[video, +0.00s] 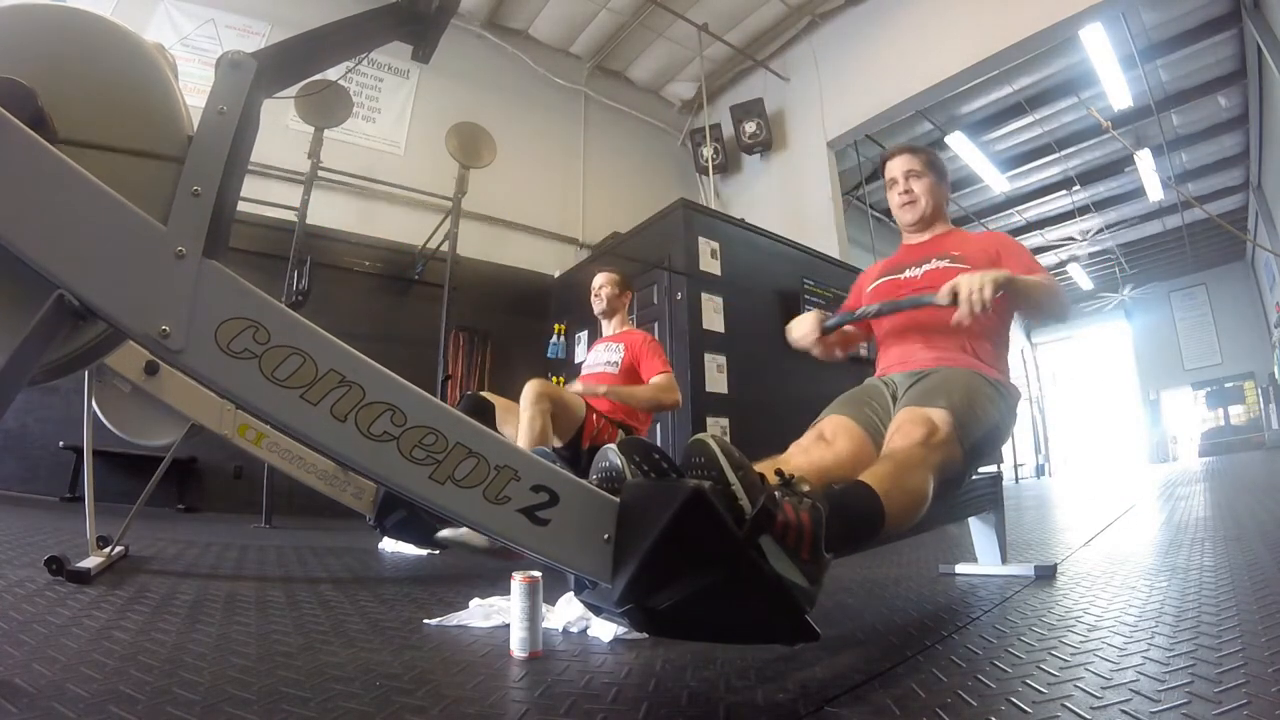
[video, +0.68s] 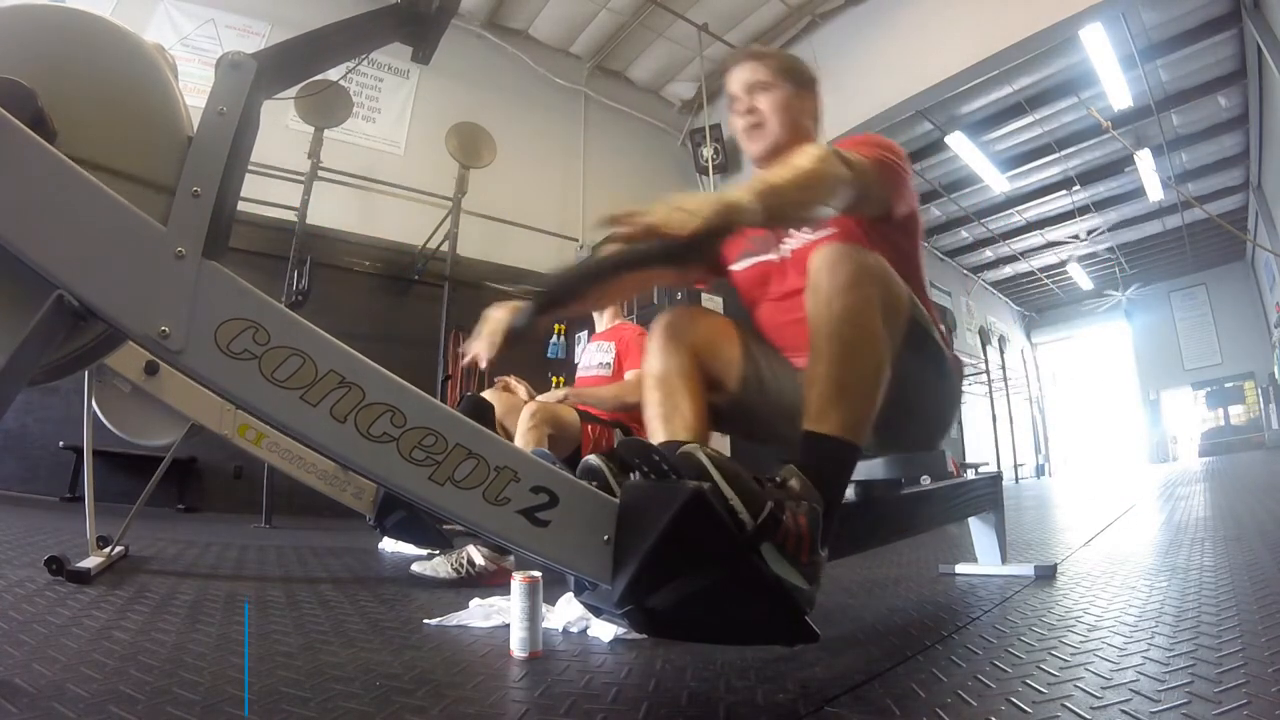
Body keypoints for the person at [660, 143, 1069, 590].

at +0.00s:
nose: (902, 190)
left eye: (913, 178)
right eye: (892, 184)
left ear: (942, 186)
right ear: (888, 200)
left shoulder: (990, 246)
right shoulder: (874, 273)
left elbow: (1054, 303)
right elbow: (843, 345)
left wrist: (1005, 279)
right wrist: (811, 340)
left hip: (963, 374)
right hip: (882, 385)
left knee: (919, 434)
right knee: (823, 441)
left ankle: (820, 526)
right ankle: (697, 490)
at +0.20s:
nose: (875, 172)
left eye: (887, 158)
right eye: (865, 166)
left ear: (919, 167)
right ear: (860, 184)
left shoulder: (967, 222)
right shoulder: (848, 260)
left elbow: (998, 261)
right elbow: (794, 300)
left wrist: (942, 287)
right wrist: (741, 332)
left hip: (972, 382)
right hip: (882, 392)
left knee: (913, 393)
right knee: (795, 414)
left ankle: (822, 518)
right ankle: (698, 496)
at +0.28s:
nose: (861, 164)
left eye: (874, 150)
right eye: (851, 158)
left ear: (908, 159)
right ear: (846, 176)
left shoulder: (959, 213)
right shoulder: (835, 253)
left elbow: (962, 252)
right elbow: (781, 290)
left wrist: (919, 284)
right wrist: (717, 327)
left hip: (969, 389)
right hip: (878, 394)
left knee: (908, 378)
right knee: (781, 404)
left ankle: (820, 512)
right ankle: (699, 504)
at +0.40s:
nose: (828, 147)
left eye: (842, 132)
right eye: (818, 141)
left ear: (880, 141)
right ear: (814, 159)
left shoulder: (931, 195)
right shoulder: (808, 239)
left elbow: (921, 228)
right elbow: (741, 274)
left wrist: (871, 259)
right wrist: (659, 321)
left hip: (950, 397)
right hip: (855, 398)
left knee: (893, 335)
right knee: (754, 369)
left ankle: (814, 512)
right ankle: (696, 496)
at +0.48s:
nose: (809, 137)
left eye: (824, 122)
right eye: (799, 131)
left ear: (864, 132)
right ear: (795, 150)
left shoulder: (919, 187)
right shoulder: (793, 232)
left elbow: (901, 216)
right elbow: (716, 267)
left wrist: (844, 247)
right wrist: (633, 315)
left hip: (941, 392)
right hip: (839, 396)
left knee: (881, 314)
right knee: (732, 357)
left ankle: (815, 514)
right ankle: (696, 495)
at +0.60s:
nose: (767, 119)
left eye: (782, 101)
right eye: (755, 113)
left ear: (828, 109)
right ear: (753, 137)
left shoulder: (888, 165)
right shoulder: (756, 222)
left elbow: (847, 198)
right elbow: (664, 264)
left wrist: (757, 226)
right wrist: (561, 311)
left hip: (918, 398)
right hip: (810, 400)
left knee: (857, 272)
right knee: (694, 334)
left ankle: (809, 512)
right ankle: (682, 505)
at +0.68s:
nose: (743, 108)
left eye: (759, 90)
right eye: (732, 103)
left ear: (808, 100)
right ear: (729, 128)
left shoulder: (873, 156)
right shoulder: (730, 226)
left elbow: (831, 178)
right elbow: (636, 272)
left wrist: (729, 206)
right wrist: (531, 309)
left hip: (903, 399)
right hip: (791, 401)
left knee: (841, 258)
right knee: (675, 326)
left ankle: (807, 507)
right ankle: (681, 500)